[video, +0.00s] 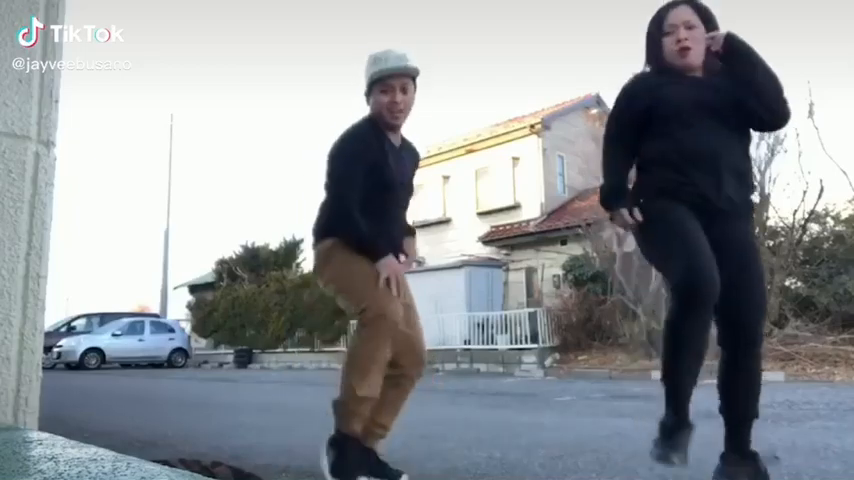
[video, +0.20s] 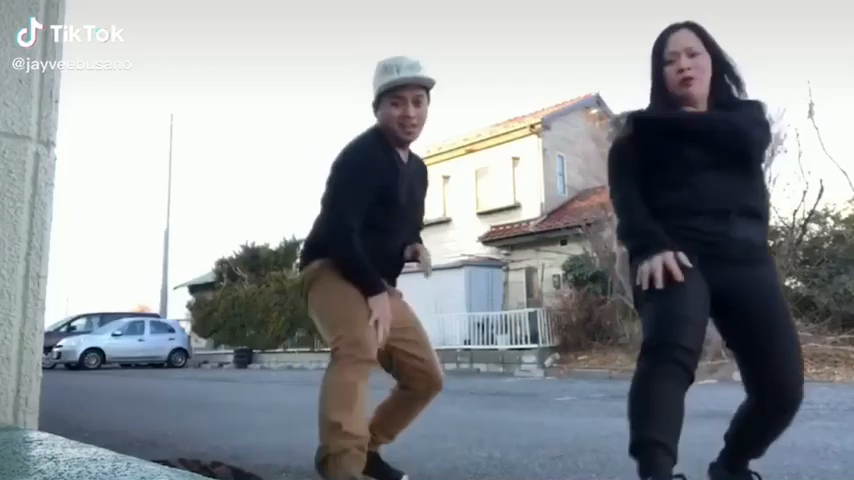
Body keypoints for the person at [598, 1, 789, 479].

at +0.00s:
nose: (681, 36)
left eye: (690, 28)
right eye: (671, 31)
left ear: (709, 38)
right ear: (657, 45)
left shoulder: (732, 82)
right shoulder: (644, 87)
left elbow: (776, 115)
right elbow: (617, 143)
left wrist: (736, 49)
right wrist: (615, 196)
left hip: (730, 213)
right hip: (664, 208)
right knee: (698, 284)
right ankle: (676, 423)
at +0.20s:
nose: (683, 65)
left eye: (693, 54)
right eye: (671, 59)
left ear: (713, 62)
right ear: (660, 74)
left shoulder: (747, 115)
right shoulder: (639, 128)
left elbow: (748, 141)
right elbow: (625, 195)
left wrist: (689, 116)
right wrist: (649, 246)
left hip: (745, 256)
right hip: (672, 255)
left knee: (783, 389)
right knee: (669, 351)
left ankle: (731, 466)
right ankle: (657, 470)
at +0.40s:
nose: (643, 53)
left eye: (656, 40)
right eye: (628, 46)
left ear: (681, 51)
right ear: (612, 68)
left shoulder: (726, 107)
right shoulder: (602, 144)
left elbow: (760, 152)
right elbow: (593, 224)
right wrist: (646, 268)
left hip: (728, 286)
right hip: (641, 287)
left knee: (803, 447)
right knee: (673, 342)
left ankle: (742, 462)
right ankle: (639, 473)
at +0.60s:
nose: (619, 78)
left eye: (633, 59)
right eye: (598, 70)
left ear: (665, 69)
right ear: (584, 95)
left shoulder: (725, 149)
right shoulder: (575, 188)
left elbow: (790, 238)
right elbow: (554, 274)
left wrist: (841, 312)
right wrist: (624, 303)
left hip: (723, 326)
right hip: (623, 332)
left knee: (799, 473)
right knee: (679, 352)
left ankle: (742, 461)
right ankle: (645, 474)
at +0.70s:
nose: (616, 94)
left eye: (631, 75)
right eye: (594, 87)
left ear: (662, 87)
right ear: (578, 112)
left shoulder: (732, 163)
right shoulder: (571, 202)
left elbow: (785, 264)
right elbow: (541, 296)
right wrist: (618, 327)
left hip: (731, 349)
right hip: (634, 357)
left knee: (792, 472)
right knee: (676, 364)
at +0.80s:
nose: (613, 104)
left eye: (628, 84)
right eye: (591, 96)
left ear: (659, 94)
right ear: (574, 120)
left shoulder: (733, 169)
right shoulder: (571, 216)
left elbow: (784, 286)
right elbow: (537, 333)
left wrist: (710, 344)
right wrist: (620, 354)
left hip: (734, 367)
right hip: (641, 380)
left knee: (786, 471)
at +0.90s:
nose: (610, 107)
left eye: (625, 86)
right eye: (589, 94)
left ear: (656, 93)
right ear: (572, 113)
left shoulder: (731, 170)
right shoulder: (567, 209)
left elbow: (803, 288)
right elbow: (538, 357)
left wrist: (742, 358)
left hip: (741, 369)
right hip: (640, 382)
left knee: (782, 472)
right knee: (638, 472)